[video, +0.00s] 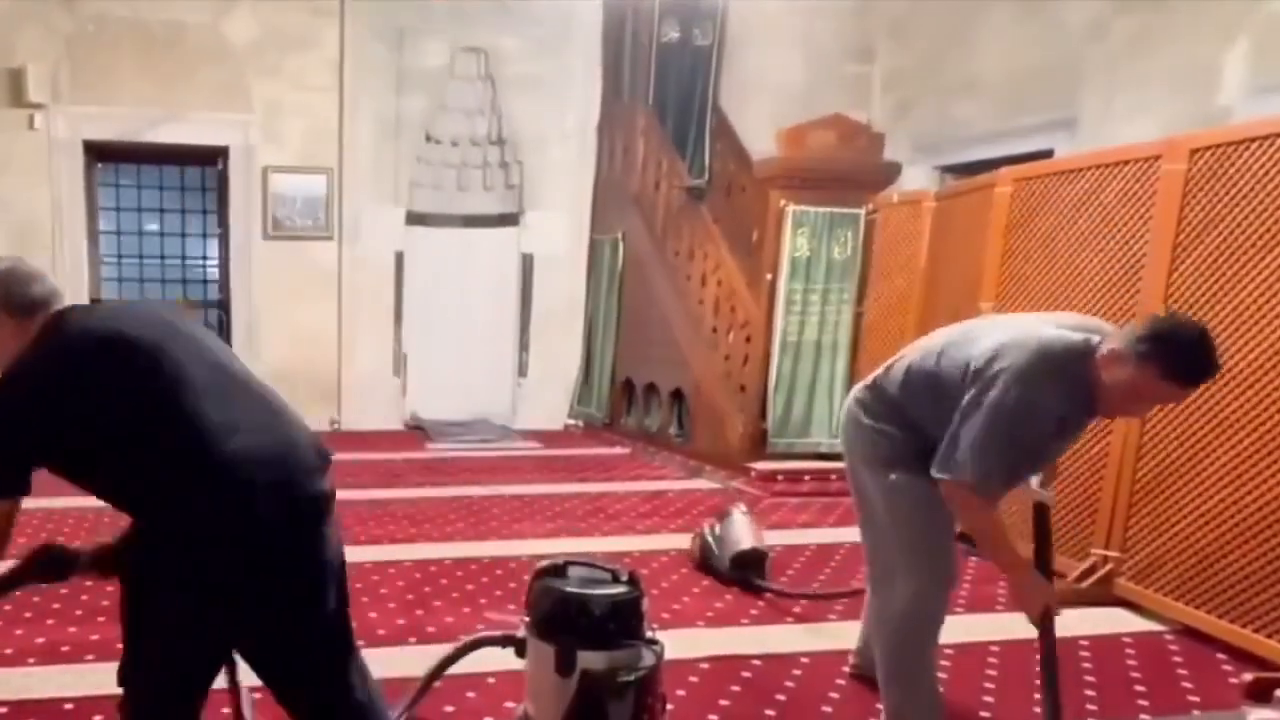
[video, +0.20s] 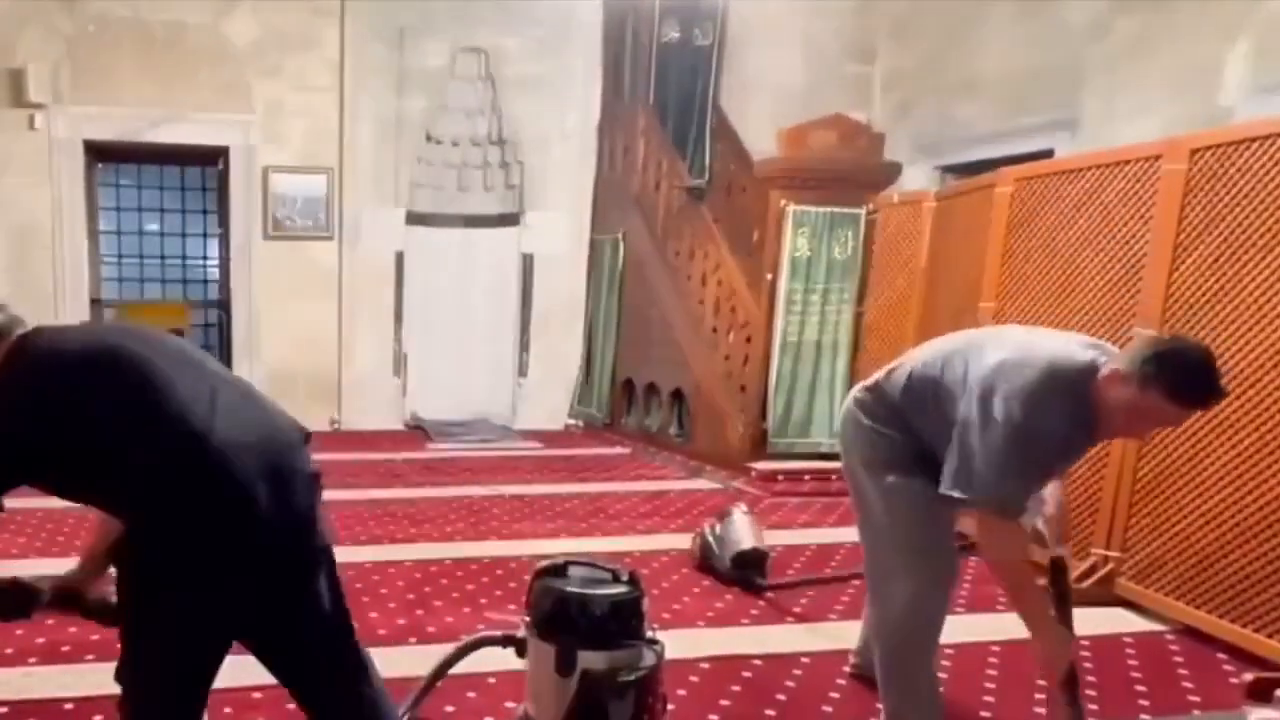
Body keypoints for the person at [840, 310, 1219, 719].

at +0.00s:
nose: (1144, 413)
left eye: (1158, 405)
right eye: (1149, 398)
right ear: (1122, 360)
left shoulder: (1101, 346)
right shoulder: (1031, 373)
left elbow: (1059, 417)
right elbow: (960, 485)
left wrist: (1038, 467)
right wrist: (1020, 575)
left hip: (930, 429)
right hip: (888, 428)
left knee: (910, 557)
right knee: (921, 577)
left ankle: (874, 657)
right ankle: (912, 707)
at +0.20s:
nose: (1147, 434)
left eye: (1161, 427)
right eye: (1150, 418)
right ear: (1124, 382)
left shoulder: (1102, 382)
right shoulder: (1029, 392)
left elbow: (1053, 456)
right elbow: (995, 529)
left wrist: (1050, 526)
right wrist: (1046, 633)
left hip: (941, 430)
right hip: (888, 428)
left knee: (916, 559)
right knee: (918, 582)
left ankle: (875, 654)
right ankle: (910, 708)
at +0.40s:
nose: (1142, 436)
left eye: (1157, 428)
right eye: (1144, 417)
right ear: (1117, 379)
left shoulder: (1098, 390)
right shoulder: (1028, 390)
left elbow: (1043, 474)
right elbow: (990, 525)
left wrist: (1039, 547)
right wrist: (1037, 637)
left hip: (943, 432)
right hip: (887, 423)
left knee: (926, 562)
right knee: (901, 590)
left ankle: (876, 653)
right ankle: (910, 706)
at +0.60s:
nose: (1153, 393)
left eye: (1165, 384)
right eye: (1156, 377)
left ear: (1123, 339)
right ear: (1123, 343)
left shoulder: (1094, 354)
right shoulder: (1033, 360)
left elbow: (1027, 419)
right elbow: (964, 479)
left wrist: (1024, 468)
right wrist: (1013, 565)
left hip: (936, 426)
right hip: (889, 422)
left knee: (918, 565)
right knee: (900, 586)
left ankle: (876, 655)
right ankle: (909, 709)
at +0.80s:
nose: (1174, 364)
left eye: (1184, 354)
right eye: (1177, 348)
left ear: (1138, 317)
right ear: (1143, 320)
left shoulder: (1097, 345)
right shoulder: (1054, 340)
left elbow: (1017, 419)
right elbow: (970, 454)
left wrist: (1013, 475)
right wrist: (1011, 528)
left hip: (935, 428)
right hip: (896, 421)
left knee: (923, 562)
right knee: (903, 580)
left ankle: (880, 655)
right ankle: (907, 707)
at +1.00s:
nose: (1189, 347)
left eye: (1199, 335)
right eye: (1191, 330)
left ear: (1146, 302)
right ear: (1157, 308)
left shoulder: (1095, 327)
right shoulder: (1074, 339)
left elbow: (1012, 432)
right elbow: (994, 447)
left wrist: (1022, 513)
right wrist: (1025, 520)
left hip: (916, 421)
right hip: (914, 430)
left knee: (918, 548)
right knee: (969, 565)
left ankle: (882, 655)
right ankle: (923, 707)